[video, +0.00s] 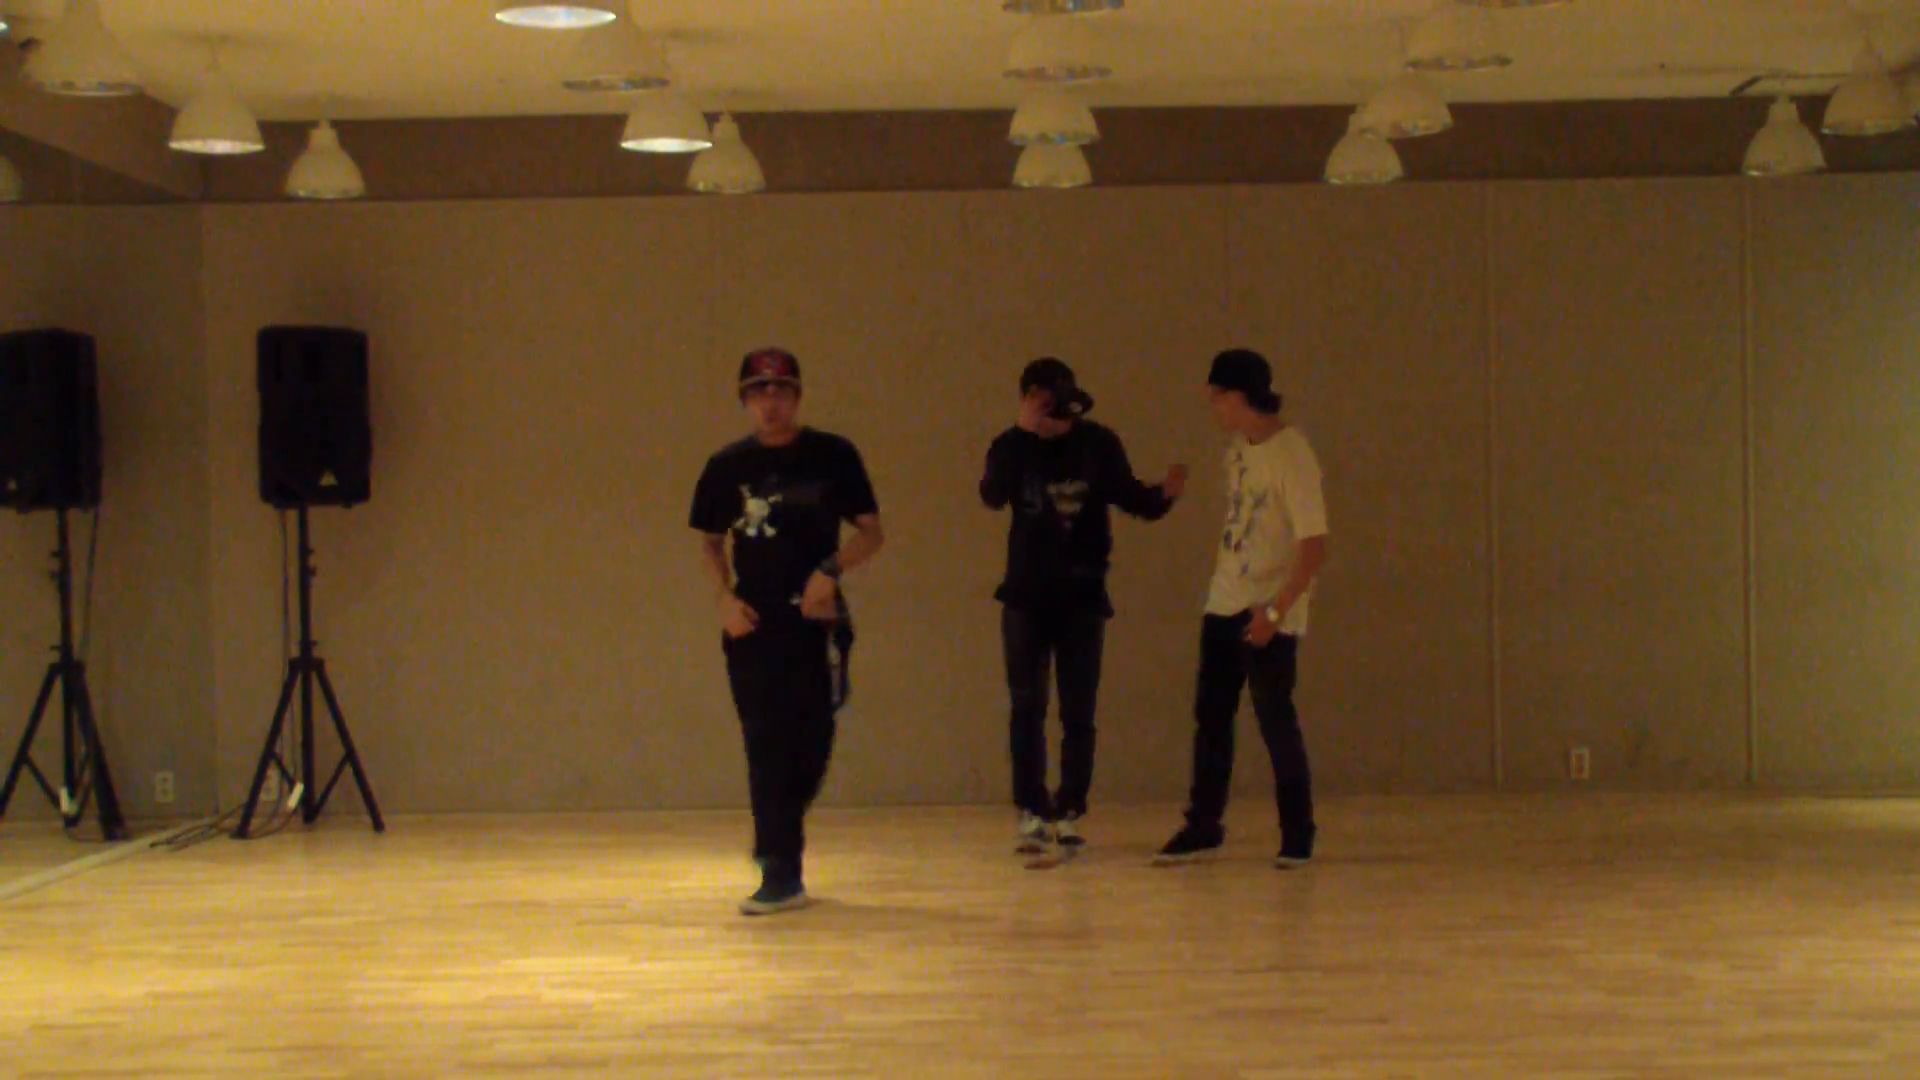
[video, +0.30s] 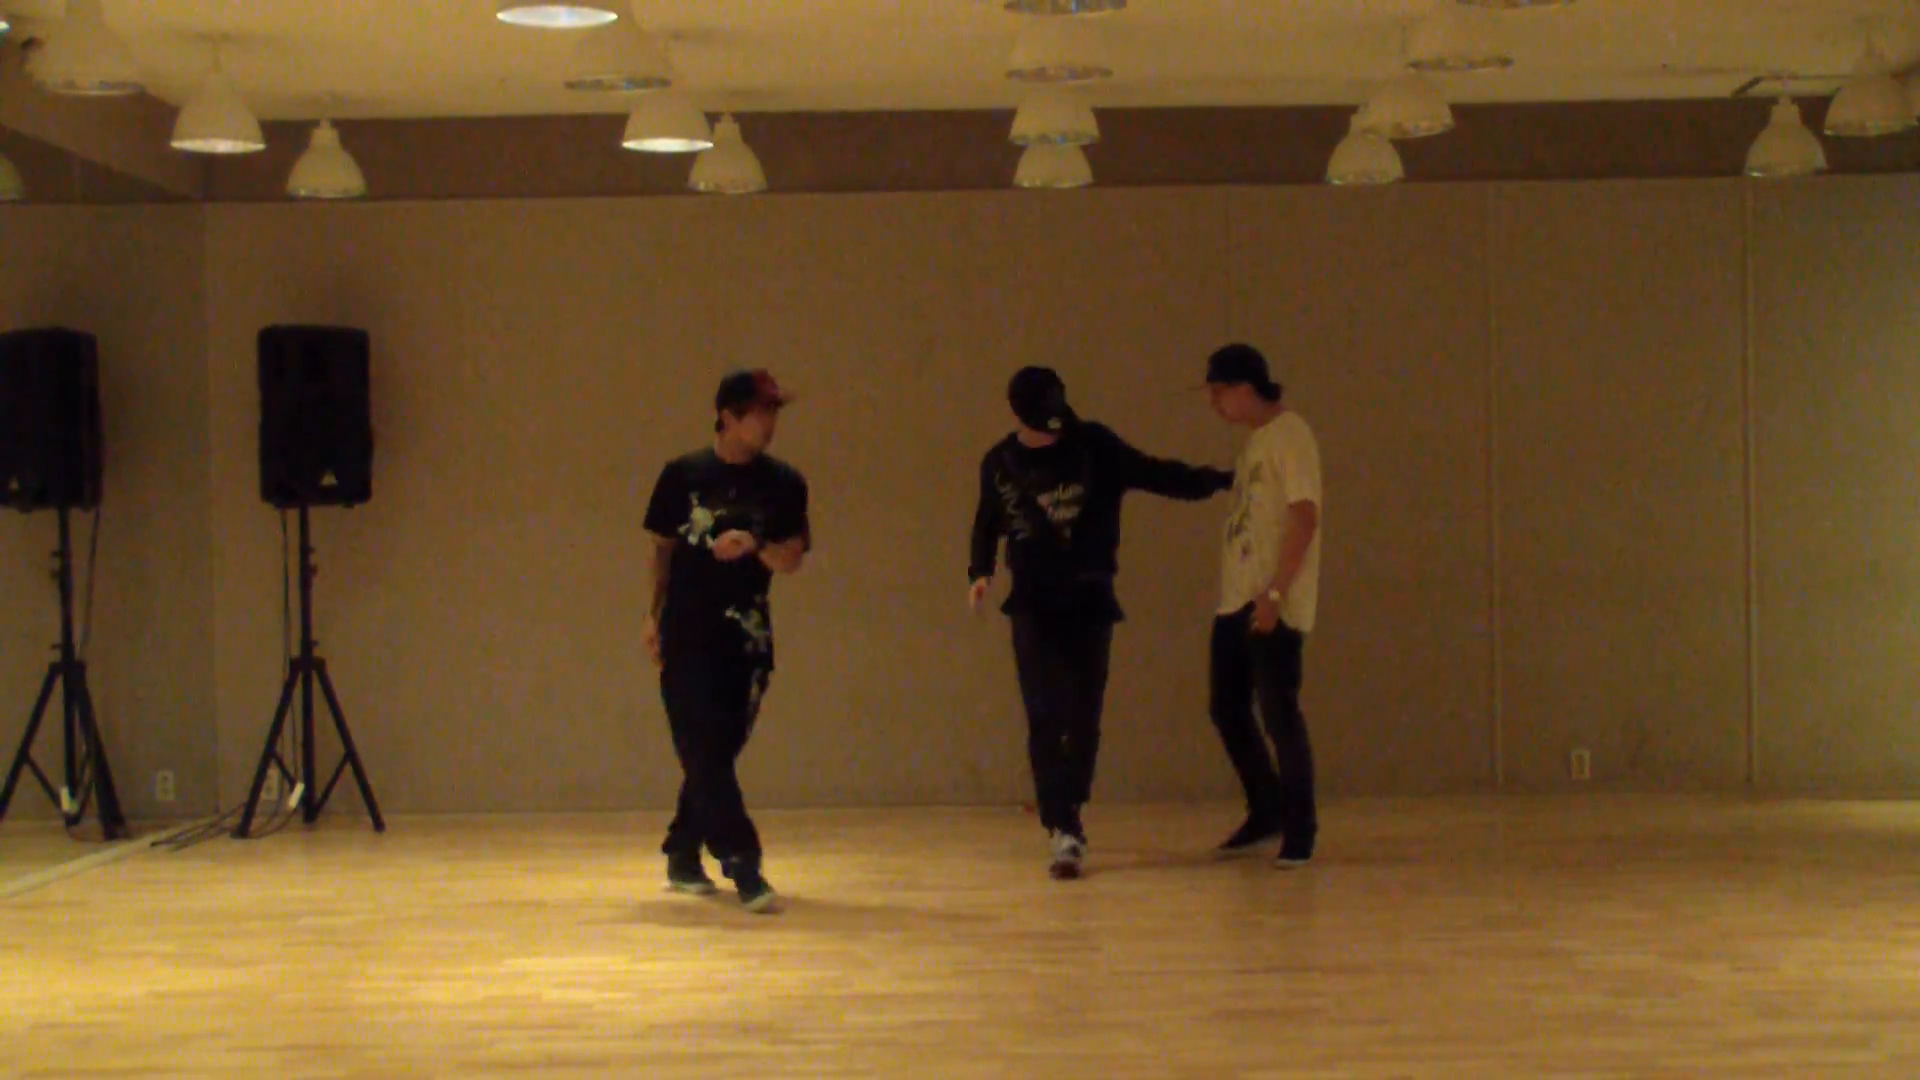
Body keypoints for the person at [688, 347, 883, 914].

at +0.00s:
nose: (772, 401)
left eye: (782, 389)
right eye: (759, 391)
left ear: (799, 396)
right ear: (744, 401)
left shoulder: (833, 456)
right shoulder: (726, 467)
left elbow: (871, 531)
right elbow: (710, 541)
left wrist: (831, 571)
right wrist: (725, 597)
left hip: (814, 627)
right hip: (753, 629)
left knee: (809, 748)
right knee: (766, 748)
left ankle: (777, 839)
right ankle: (779, 873)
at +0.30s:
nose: (771, 426)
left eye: (772, 416)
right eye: (761, 416)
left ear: (768, 420)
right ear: (728, 418)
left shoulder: (783, 483)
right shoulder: (681, 476)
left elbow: (792, 559)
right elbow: (661, 551)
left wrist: (755, 547)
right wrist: (654, 616)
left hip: (747, 633)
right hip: (686, 629)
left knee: (721, 746)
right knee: (702, 745)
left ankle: (682, 848)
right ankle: (743, 862)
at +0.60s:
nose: (744, 422)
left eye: (746, 412)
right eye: (736, 412)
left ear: (733, 417)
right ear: (703, 412)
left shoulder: (747, 482)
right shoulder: (645, 461)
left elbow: (754, 561)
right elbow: (616, 536)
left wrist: (738, 617)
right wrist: (605, 609)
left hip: (703, 632)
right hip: (644, 623)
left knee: (699, 743)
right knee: (632, 738)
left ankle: (686, 851)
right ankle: (627, 844)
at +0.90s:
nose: (697, 435)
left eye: (702, 426)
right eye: (688, 425)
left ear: (705, 430)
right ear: (658, 426)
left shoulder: (713, 496)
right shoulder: (612, 481)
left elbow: (733, 564)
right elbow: (582, 555)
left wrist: (725, 614)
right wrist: (588, 622)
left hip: (679, 638)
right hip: (621, 634)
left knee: (682, 744)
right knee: (624, 743)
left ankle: (686, 851)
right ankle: (636, 835)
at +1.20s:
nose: (638, 428)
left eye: (647, 419)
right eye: (629, 420)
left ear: (667, 421)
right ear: (618, 425)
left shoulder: (699, 476)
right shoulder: (601, 478)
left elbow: (719, 547)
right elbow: (579, 551)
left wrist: (698, 602)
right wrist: (594, 614)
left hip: (674, 625)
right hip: (619, 623)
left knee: (672, 733)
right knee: (622, 736)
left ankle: (673, 839)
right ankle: (637, 834)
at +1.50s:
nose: (642, 431)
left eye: (651, 421)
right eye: (634, 422)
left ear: (671, 422)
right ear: (623, 426)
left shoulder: (704, 470)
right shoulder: (607, 476)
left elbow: (735, 528)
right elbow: (589, 537)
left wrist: (712, 575)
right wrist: (604, 584)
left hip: (683, 616)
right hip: (627, 617)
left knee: (686, 725)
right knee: (632, 726)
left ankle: (687, 834)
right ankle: (641, 835)